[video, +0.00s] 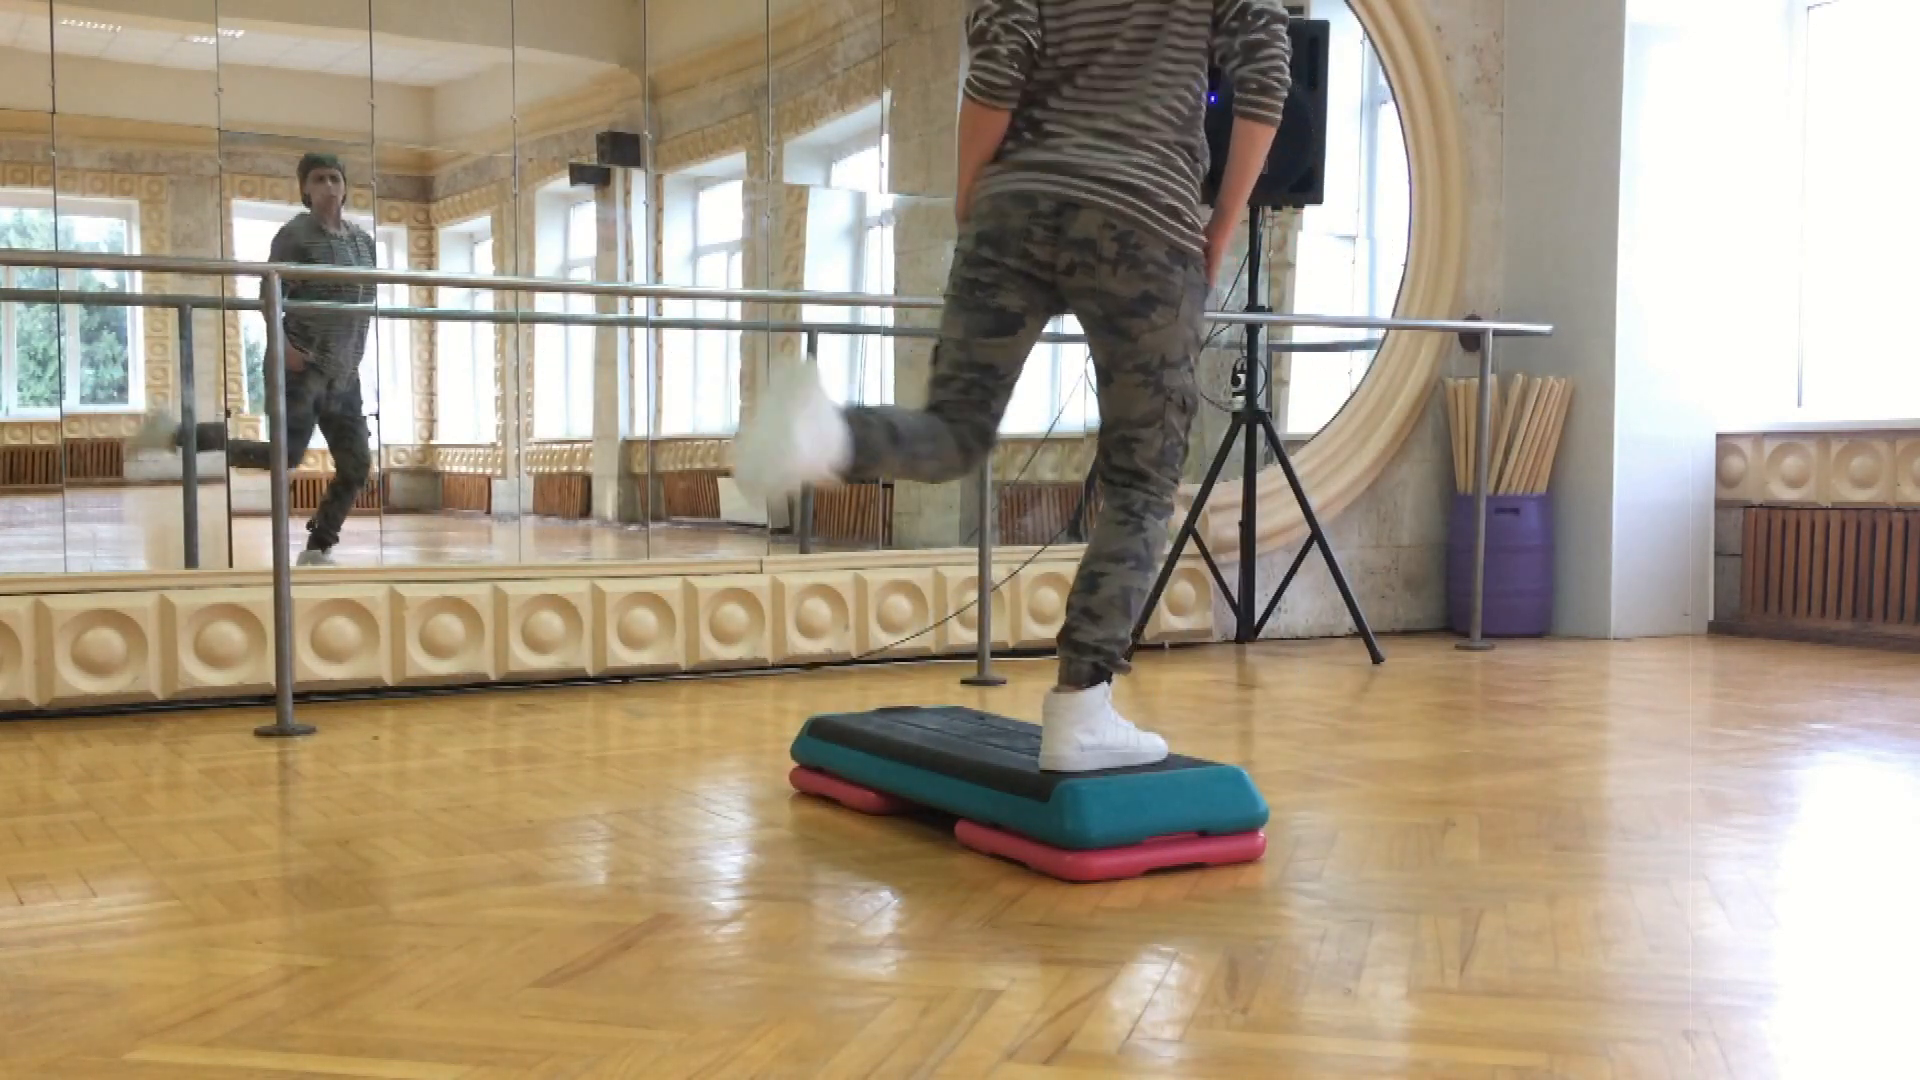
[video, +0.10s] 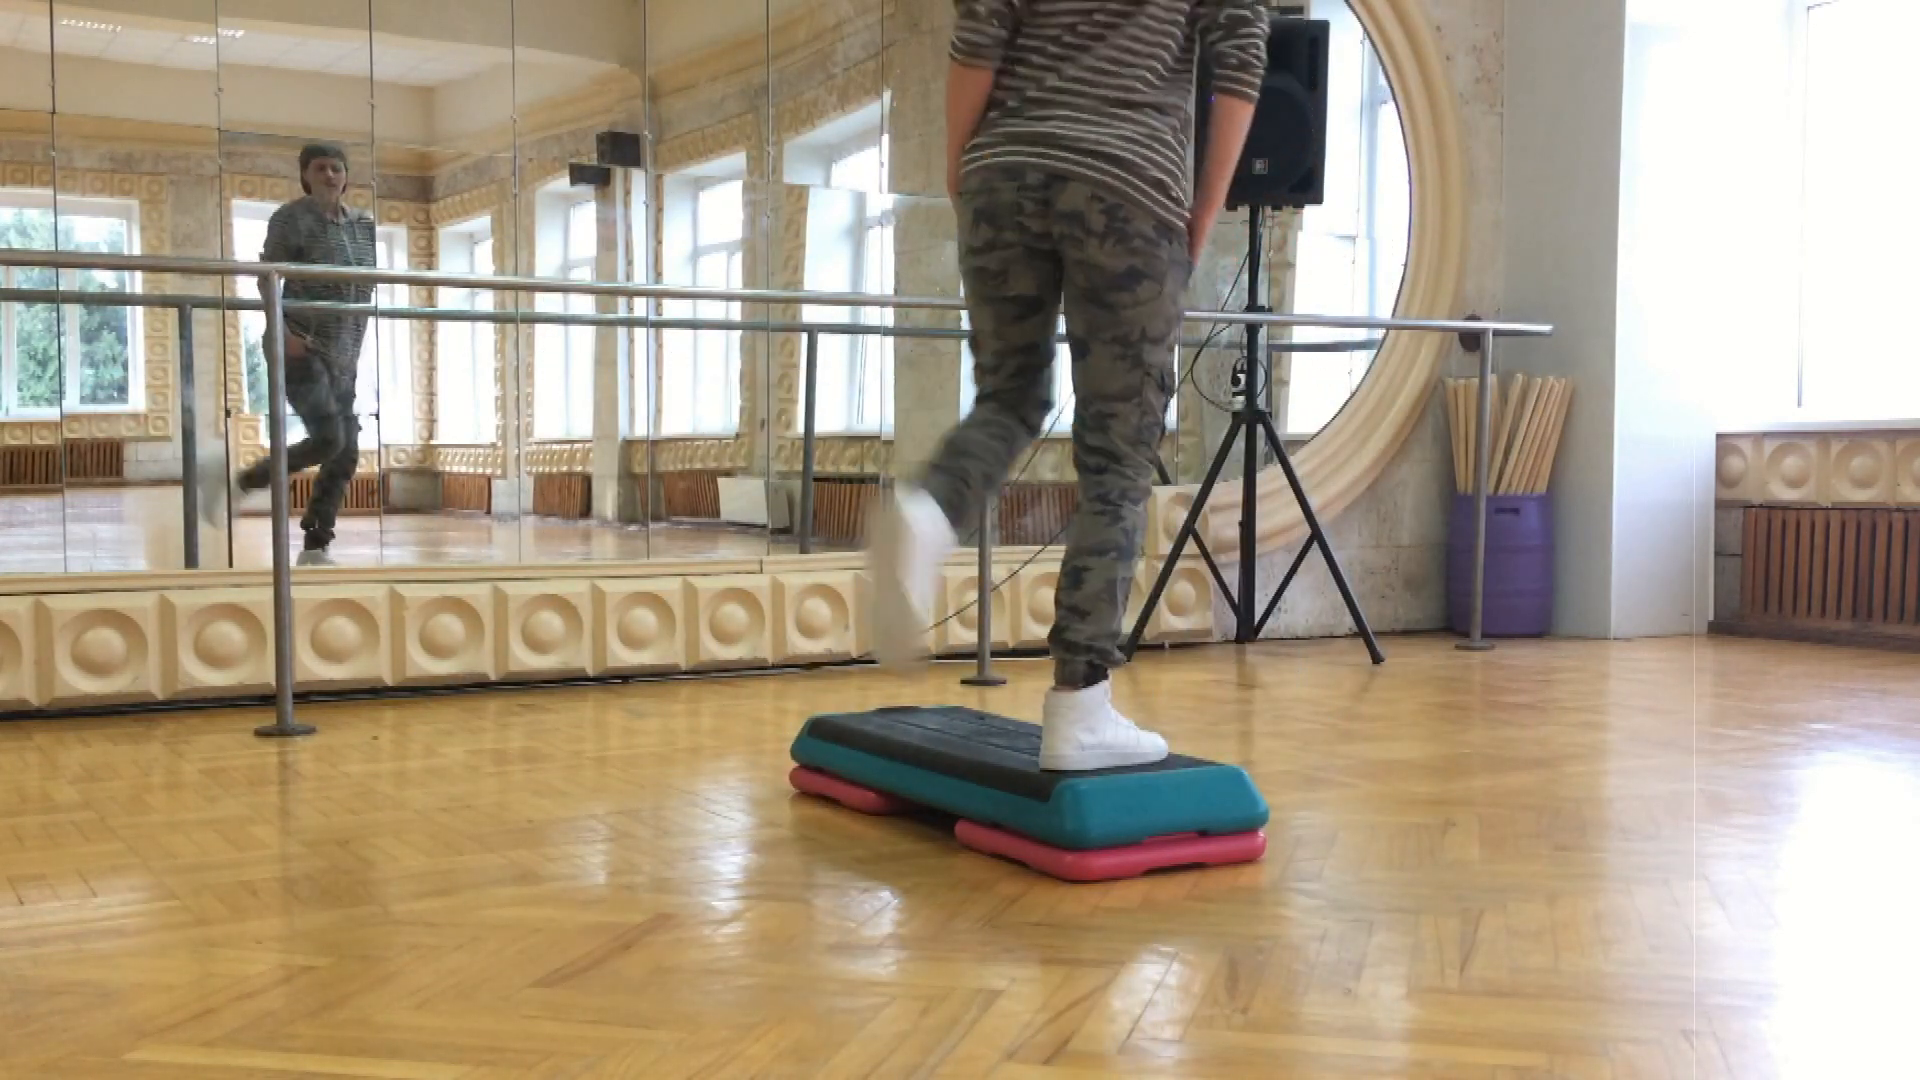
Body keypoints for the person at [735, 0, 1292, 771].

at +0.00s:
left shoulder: (1024, 1)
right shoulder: (1235, 5)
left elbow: (996, 69)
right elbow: (1264, 86)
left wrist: (970, 207)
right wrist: (1221, 232)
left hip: (1017, 191)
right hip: (1146, 214)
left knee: (955, 429)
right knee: (1139, 483)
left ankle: (825, 435)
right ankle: (1079, 712)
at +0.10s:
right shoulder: (1226, 3)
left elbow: (977, 40)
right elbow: (1238, 70)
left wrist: (958, 174)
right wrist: (1203, 217)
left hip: (998, 166)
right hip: (1127, 178)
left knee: (1008, 398)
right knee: (1115, 454)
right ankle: (1079, 704)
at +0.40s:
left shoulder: (965, 3)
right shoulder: (1169, 3)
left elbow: (950, 80)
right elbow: (1220, 74)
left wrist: (935, 217)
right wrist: (1196, 233)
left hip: (982, 214)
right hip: (1109, 216)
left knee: (1012, 456)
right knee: (1120, 465)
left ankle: (1009, 704)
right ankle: (1077, 704)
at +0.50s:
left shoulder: (950, 4)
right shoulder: (1155, 4)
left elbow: (928, 78)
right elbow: (1199, 86)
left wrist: (927, 219)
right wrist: (1174, 234)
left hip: (969, 220)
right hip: (1095, 222)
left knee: (1010, 457)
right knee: (1120, 457)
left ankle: (1009, 699)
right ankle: (1076, 672)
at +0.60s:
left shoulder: (945, 2)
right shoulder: (1154, 5)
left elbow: (919, 81)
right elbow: (1183, 95)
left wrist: (918, 218)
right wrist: (1158, 236)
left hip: (966, 221)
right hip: (1091, 225)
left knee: (1006, 460)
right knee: (1103, 460)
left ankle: (1010, 703)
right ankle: (1067, 689)